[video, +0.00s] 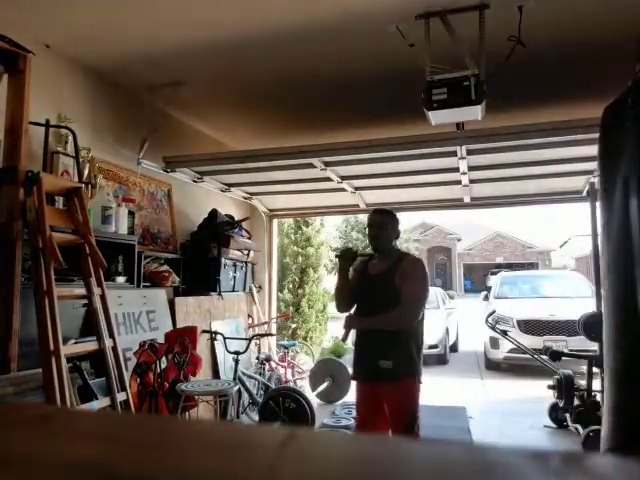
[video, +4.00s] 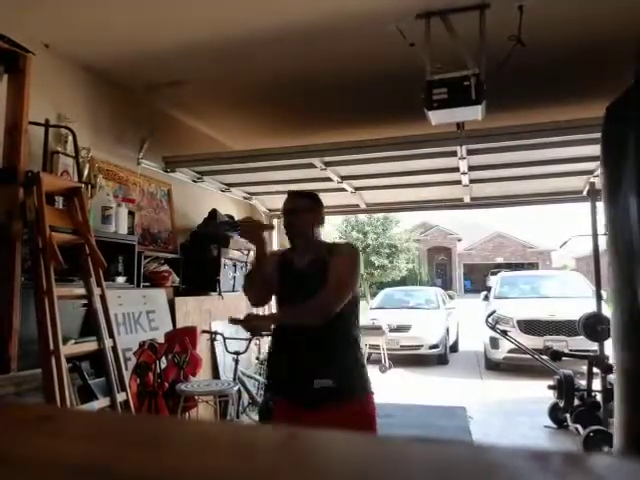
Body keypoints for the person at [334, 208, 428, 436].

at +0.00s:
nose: (374, 233)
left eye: (381, 227)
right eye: (370, 227)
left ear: (396, 231)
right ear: (366, 231)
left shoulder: (412, 266)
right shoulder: (363, 266)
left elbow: (408, 317)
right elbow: (342, 305)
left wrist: (359, 322)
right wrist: (343, 269)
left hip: (401, 368)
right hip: (367, 367)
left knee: (405, 440)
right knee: (368, 440)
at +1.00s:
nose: (345, 236)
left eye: (353, 230)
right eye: (345, 229)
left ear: (370, 234)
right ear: (343, 231)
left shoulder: (385, 265)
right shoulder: (347, 266)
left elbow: (372, 315)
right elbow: (313, 293)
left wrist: (325, 314)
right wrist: (313, 258)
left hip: (378, 351)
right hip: (344, 349)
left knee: (337, 347)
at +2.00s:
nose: (396, 220)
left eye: (406, 213)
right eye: (391, 212)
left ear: (424, 215)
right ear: (384, 213)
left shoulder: (444, 260)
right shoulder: (365, 252)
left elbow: (510, 285)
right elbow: (334, 301)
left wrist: (483, 227)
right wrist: (342, 331)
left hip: (405, 391)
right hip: (353, 380)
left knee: (401, 476)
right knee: (309, 450)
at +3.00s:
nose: (281, 218)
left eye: (289, 211)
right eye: (279, 211)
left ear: (314, 213)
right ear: (276, 214)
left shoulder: (337, 245)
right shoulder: (290, 261)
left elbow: (329, 274)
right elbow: (288, 329)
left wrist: (267, 245)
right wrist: (238, 319)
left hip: (332, 397)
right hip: (287, 394)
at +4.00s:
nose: (288, 220)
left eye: (296, 212)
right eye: (285, 214)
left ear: (319, 217)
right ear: (282, 219)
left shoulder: (344, 254)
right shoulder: (277, 261)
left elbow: (326, 308)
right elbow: (257, 297)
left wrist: (270, 320)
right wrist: (259, 245)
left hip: (342, 391)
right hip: (289, 390)